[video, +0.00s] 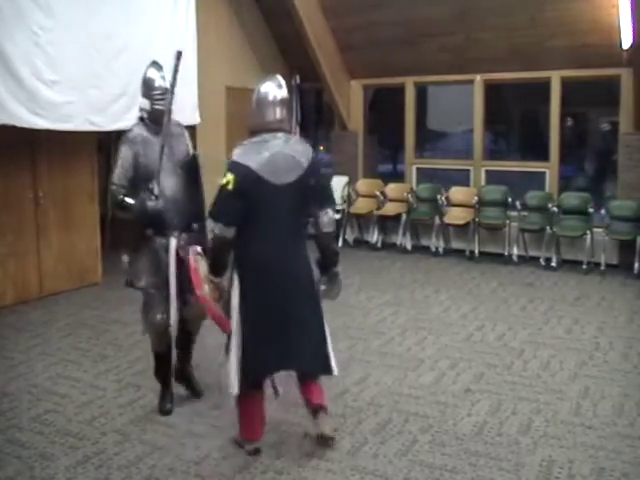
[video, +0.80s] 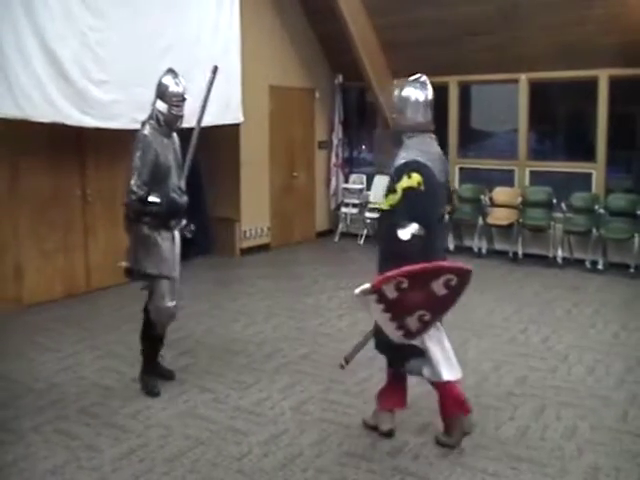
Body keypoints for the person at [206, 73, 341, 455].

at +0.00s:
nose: (277, 115)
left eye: (267, 109)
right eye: (283, 109)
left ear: (254, 112)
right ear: (289, 112)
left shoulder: (244, 160)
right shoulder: (312, 159)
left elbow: (222, 228)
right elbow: (324, 222)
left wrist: (217, 272)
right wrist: (330, 267)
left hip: (254, 268)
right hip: (295, 266)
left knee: (250, 352)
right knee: (304, 343)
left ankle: (251, 437)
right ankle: (321, 417)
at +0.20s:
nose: (278, 116)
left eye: (281, 110)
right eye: (281, 109)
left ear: (289, 115)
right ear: (318, 115)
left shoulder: (285, 161)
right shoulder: (338, 161)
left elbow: (262, 225)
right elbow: (350, 218)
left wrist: (247, 274)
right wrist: (345, 264)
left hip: (290, 266)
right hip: (327, 265)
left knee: (270, 345)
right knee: (335, 340)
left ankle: (258, 433)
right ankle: (343, 418)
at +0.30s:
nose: (320, 124)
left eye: (317, 118)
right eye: (335, 117)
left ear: (316, 121)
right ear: (349, 120)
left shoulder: (317, 163)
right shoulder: (364, 162)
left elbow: (301, 227)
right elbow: (379, 213)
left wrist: (284, 278)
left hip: (323, 266)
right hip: (357, 265)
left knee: (305, 346)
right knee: (356, 342)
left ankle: (283, 428)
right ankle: (357, 419)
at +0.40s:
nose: (339, 117)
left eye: (339, 111)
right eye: (350, 109)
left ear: (341, 112)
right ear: (370, 112)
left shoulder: (342, 154)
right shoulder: (379, 151)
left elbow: (334, 217)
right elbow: (401, 198)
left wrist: (310, 249)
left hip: (349, 259)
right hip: (379, 257)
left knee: (337, 340)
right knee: (375, 337)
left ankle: (332, 423)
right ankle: (370, 417)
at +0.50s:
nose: (364, 117)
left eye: (367, 111)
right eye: (367, 110)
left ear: (371, 114)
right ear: (394, 112)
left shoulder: (372, 153)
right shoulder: (400, 147)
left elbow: (363, 214)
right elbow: (421, 194)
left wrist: (340, 243)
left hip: (379, 260)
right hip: (401, 255)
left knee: (380, 336)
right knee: (387, 334)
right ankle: (387, 410)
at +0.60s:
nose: (374, 116)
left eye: (377, 110)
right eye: (377, 110)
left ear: (383, 113)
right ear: (408, 112)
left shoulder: (385, 158)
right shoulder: (413, 151)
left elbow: (373, 224)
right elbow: (430, 199)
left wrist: (363, 272)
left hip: (387, 269)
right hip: (410, 264)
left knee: (377, 344)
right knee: (396, 340)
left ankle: (428, 401)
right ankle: (386, 414)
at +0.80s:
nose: (391, 116)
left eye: (395, 110)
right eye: (394, 109)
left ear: (401, 116)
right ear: (427, 115)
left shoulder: (412, 167)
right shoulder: (422, 158)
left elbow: (407, 237)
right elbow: (410, 228)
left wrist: (396, 284)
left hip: (409, 275)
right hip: (414, 270)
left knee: (420, 342)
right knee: (396, 340)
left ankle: (455, 407)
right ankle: (387, 410)